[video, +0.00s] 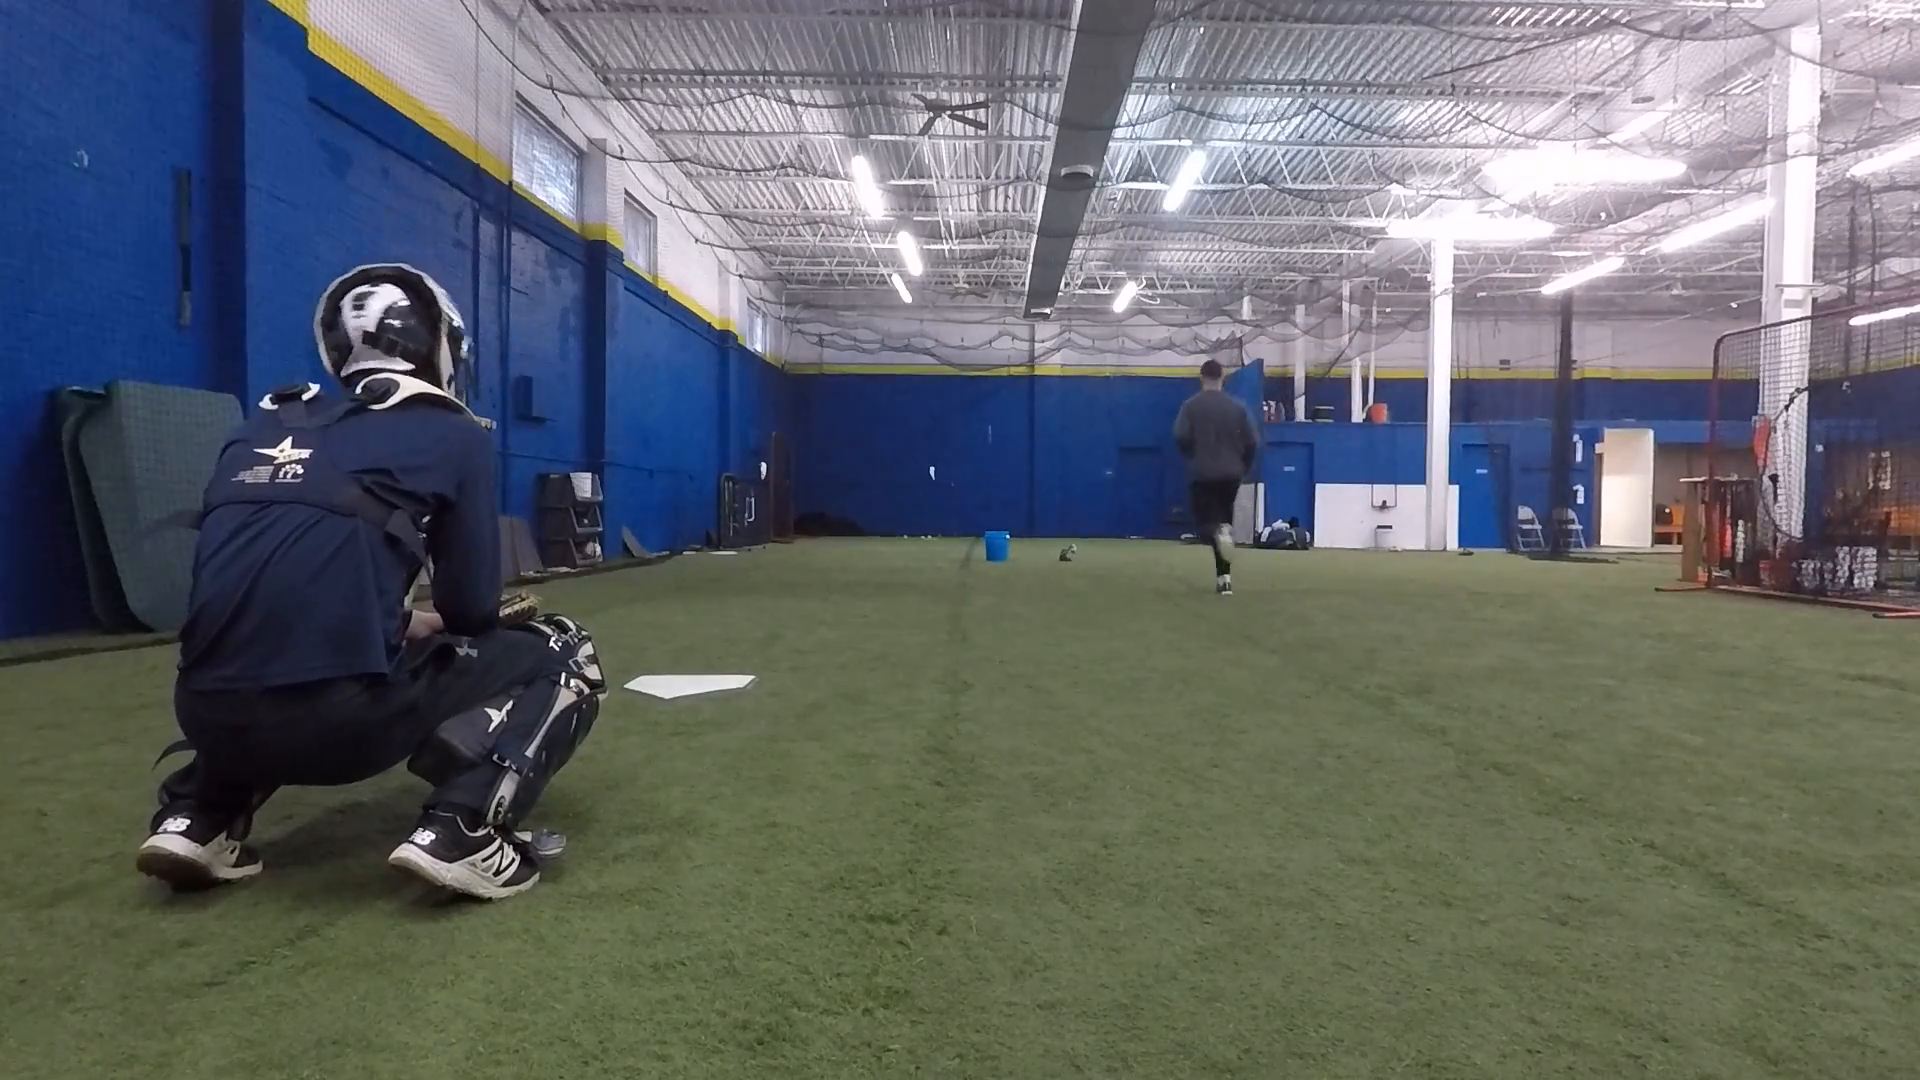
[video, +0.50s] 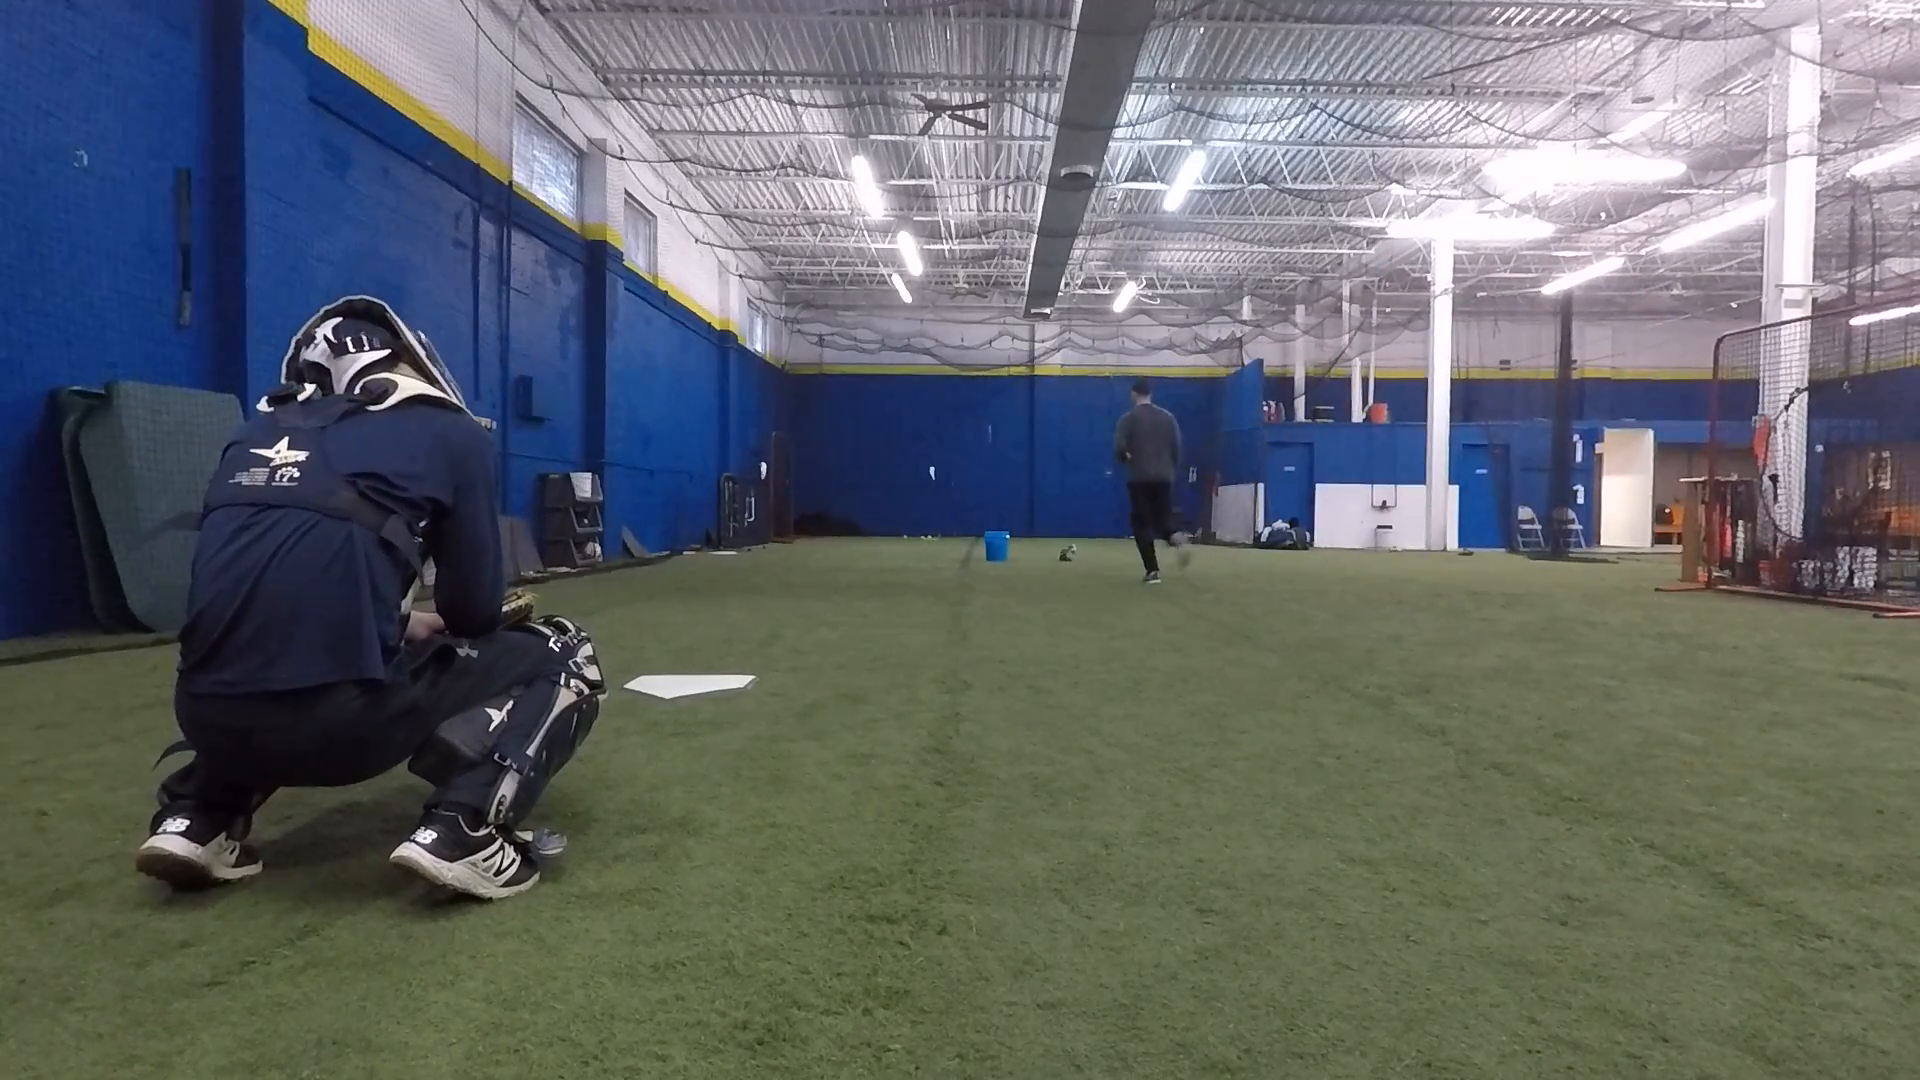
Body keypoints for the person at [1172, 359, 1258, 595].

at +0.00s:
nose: (1212, 381)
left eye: (1207, 376)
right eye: (1218, 376)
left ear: (1202, 378)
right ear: (1222, 378)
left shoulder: (1191, 405)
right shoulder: (1237, 406)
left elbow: (1181, 435)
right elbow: (1251, 441)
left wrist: (1192, 454)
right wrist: (1242, 466)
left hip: (1202, 473)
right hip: (1231, 473)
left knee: (1204, 524)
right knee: (1224, 520)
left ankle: (1220, 532)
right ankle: (1224, 577)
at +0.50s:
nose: (1132, 397)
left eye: (1132, 394)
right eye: (1134, 394)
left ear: (1134, 394)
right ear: (1150, 394)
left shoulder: (1128, 418)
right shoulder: (1167, 416)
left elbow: (1120, 448)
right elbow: (1177, 445)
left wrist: (1125, 457)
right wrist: (1174, 465)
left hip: (1139, 479)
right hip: (1164, 477)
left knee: (1141, 523)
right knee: (1162, 518)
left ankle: (1152, 571)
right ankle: (1177, 539)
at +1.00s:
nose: (1090, 405)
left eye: (1090, 402)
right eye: (1092, 402)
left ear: (1091, 402)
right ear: (1105, 402)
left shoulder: (1090, 420)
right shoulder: (1118, 422)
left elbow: (1090, 440)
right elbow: (1127, 448)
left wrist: (1080, 454)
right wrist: (1122, 466)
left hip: (1093, 476)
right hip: (1114, 475)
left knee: (1086, 515)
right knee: (1111, 515)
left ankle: (1096, 550)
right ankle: (1119, 555)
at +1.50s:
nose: (1052, 414)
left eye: (1050, 411)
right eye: (1054, 410)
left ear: (1050, 411)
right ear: (1063, 409)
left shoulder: (1047, 428)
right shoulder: (1079, 427)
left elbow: (1039, 451)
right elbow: (1085, 451)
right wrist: (1082, 467)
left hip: (1055, 477)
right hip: (1074, 476)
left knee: (1057, 512)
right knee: (1069, 508)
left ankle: (1064, 549)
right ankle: (1072, 543)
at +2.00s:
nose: (1020, 428)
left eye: (1019, 425)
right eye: (1020, 425)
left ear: (1020, 424)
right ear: (1031, 421)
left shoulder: (1021, 438)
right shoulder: (1049, 434)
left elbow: (1021, 459)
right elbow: (1056, 455)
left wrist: (1018, 473)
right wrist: (1054, 470)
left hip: (1030, 483)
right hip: (1048, 482)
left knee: (1027, 516)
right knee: (1046, 514)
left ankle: (1021, 548)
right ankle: (1052, 549)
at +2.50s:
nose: (988, 462)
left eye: (986, 459)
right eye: (986, 460)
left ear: (988, 454)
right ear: (993, 447)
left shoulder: (996, 461)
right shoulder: (1014, 444)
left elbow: (999, 488)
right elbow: (1035, 454)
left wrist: (996, 512)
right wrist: (1029, 470)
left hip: (1021, 488)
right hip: (1039, 482)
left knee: (1017, 521)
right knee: (1036, 518)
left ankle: (1018, 552)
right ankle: (1044, 550)